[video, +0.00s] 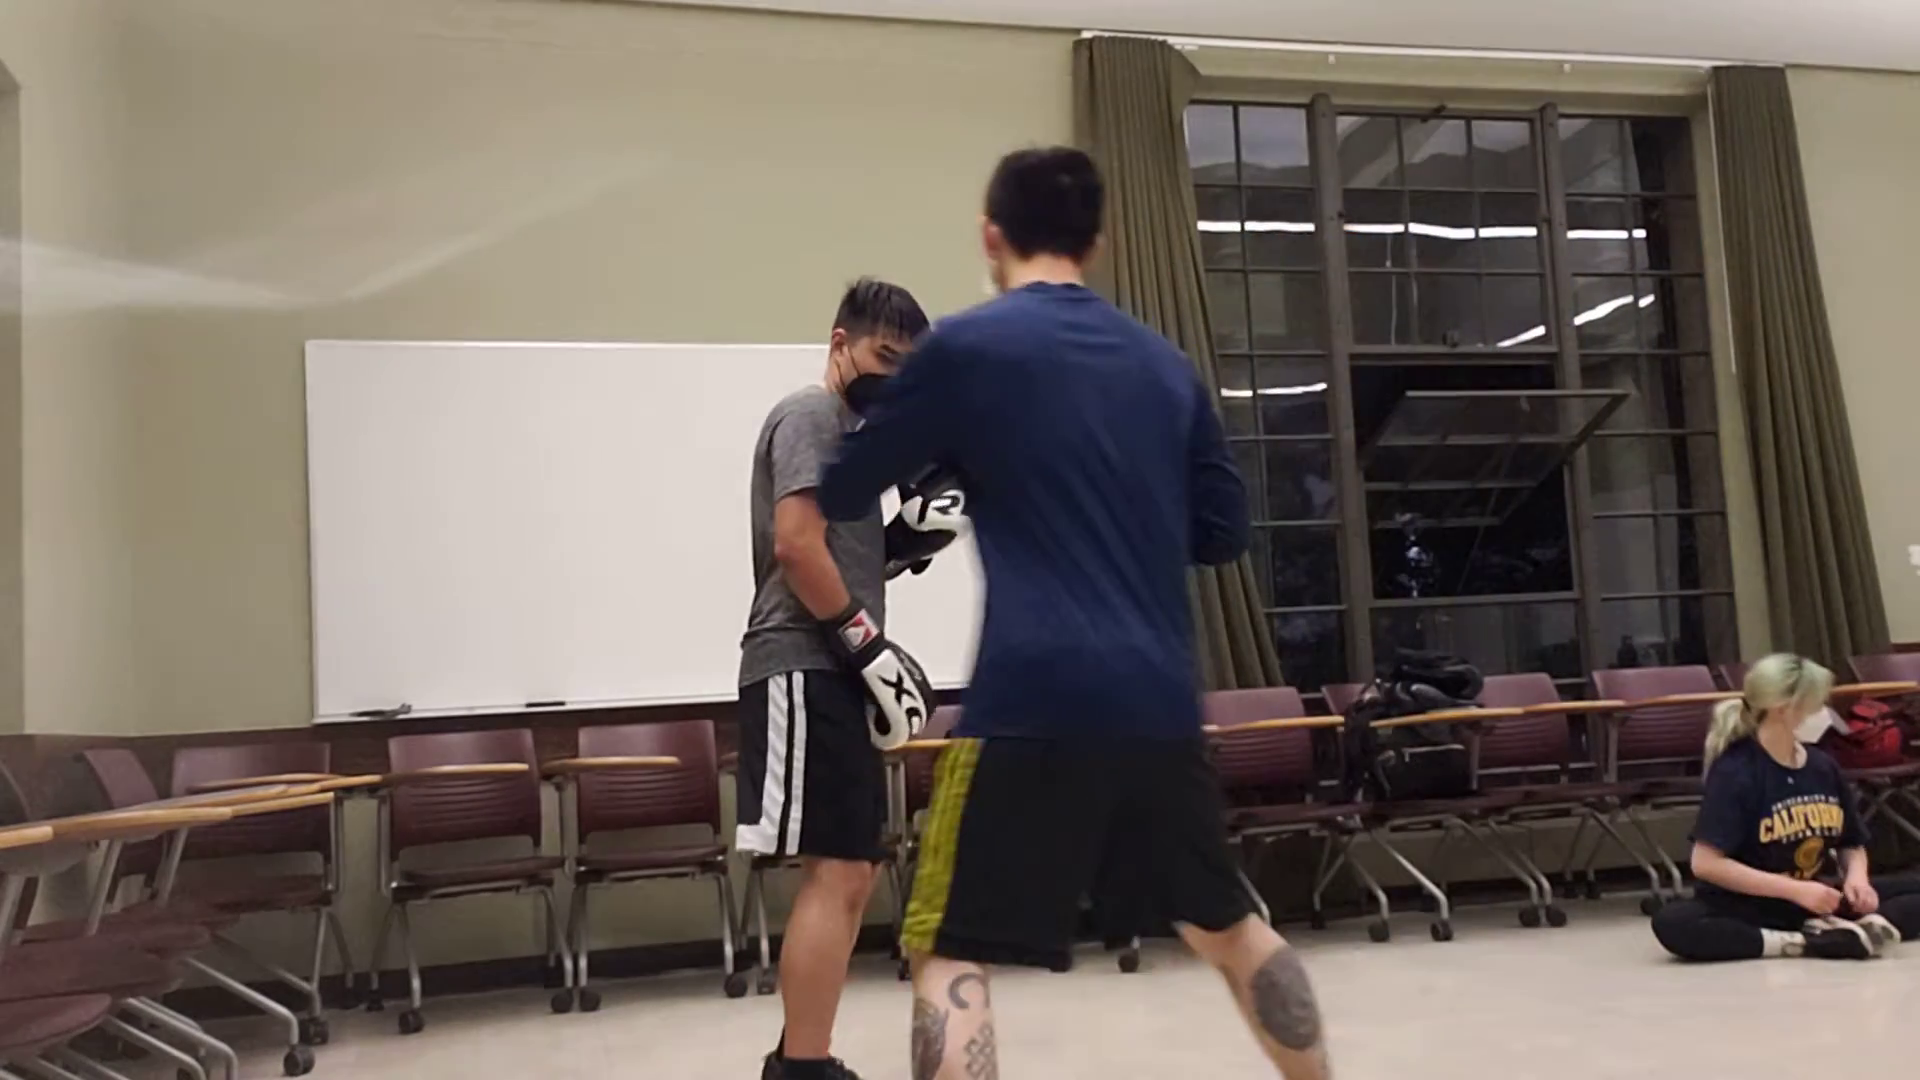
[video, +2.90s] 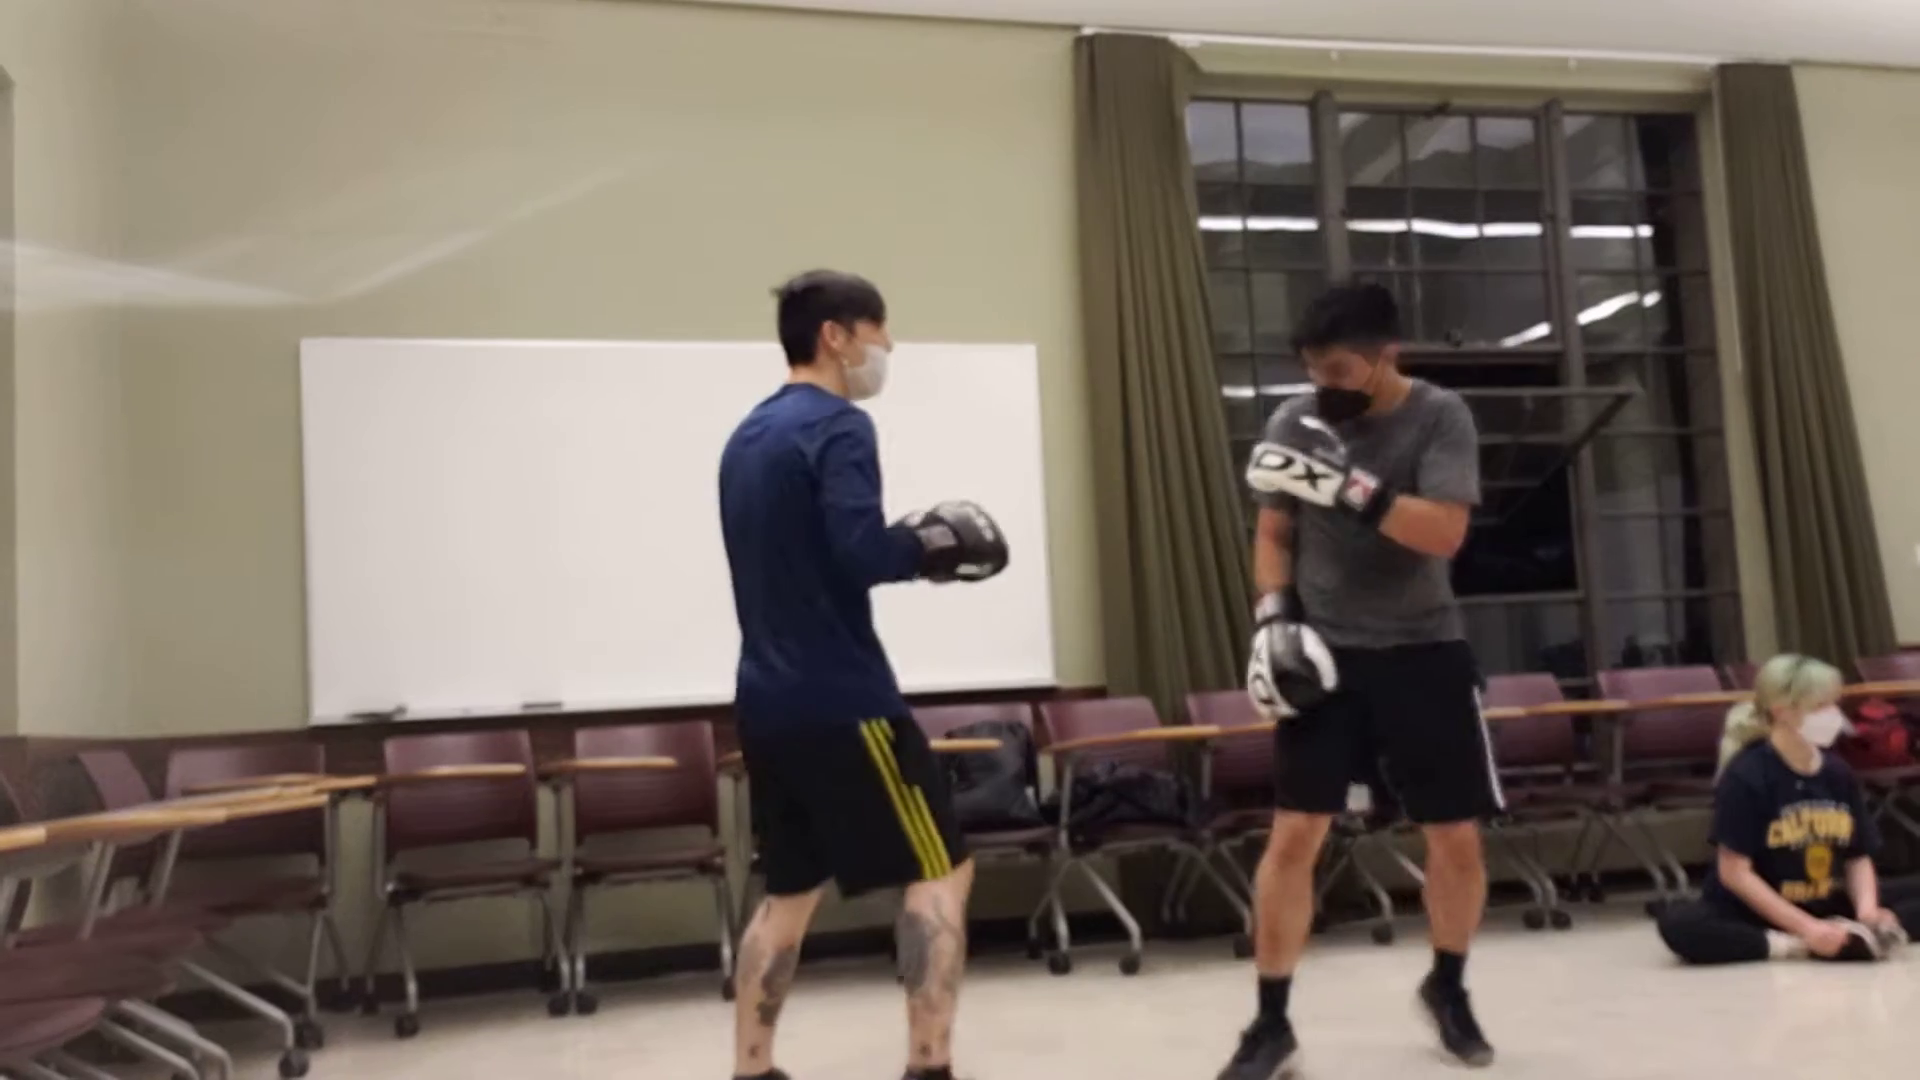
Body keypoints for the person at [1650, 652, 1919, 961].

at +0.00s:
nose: (1820, 712)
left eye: (1819, 703)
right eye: (1812, 703)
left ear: (1784, 708)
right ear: (1781, 708)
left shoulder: (1823, 766)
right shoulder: (1735, 769)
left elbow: (1852, 842)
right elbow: (1704, 862)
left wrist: (1856, 878)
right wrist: (1796, 890)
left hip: (1822, 898)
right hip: (1749, 905)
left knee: (1915, 897)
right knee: (1670, 922)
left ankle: (1850, 930)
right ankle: (1792, 945)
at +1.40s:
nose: (1830, 716)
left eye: (1828, 706)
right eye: (1817, 708)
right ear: (1778, 714)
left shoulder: (1833, 769)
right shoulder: (1738, 776)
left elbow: (1853, 842)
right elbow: (1720, 871)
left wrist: (1855, 881)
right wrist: (1799, 919)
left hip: (1827, 902)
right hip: (1756, 907)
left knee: (1915, 898)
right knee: (1671, 922)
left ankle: (1861, 936)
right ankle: (1793, 944)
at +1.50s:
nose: (1830, 716)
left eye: (1828, 705)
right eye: (1817, 708)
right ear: (1778, 714)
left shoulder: (1834, 770)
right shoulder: (1739, 776)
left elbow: (1856, 848)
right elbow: (1722, 870)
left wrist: (1858, 889)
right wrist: (1799, 920)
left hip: (1828, 905)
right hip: (1755, 909)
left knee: (1915, 902)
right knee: (1672, 922)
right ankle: (1792, 944)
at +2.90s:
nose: (1834, 715)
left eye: (1834, 704)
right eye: (1820, 706)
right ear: (1781, 712)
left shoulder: (1838, 774)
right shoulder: (1746, 775)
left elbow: (1858, 855)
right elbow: (1733, 872)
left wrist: (1867, 910)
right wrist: (1807, 927)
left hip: (1832, 906)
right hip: (1760, 910)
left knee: (1915, 895)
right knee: (1677, 923)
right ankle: (1795, 945)